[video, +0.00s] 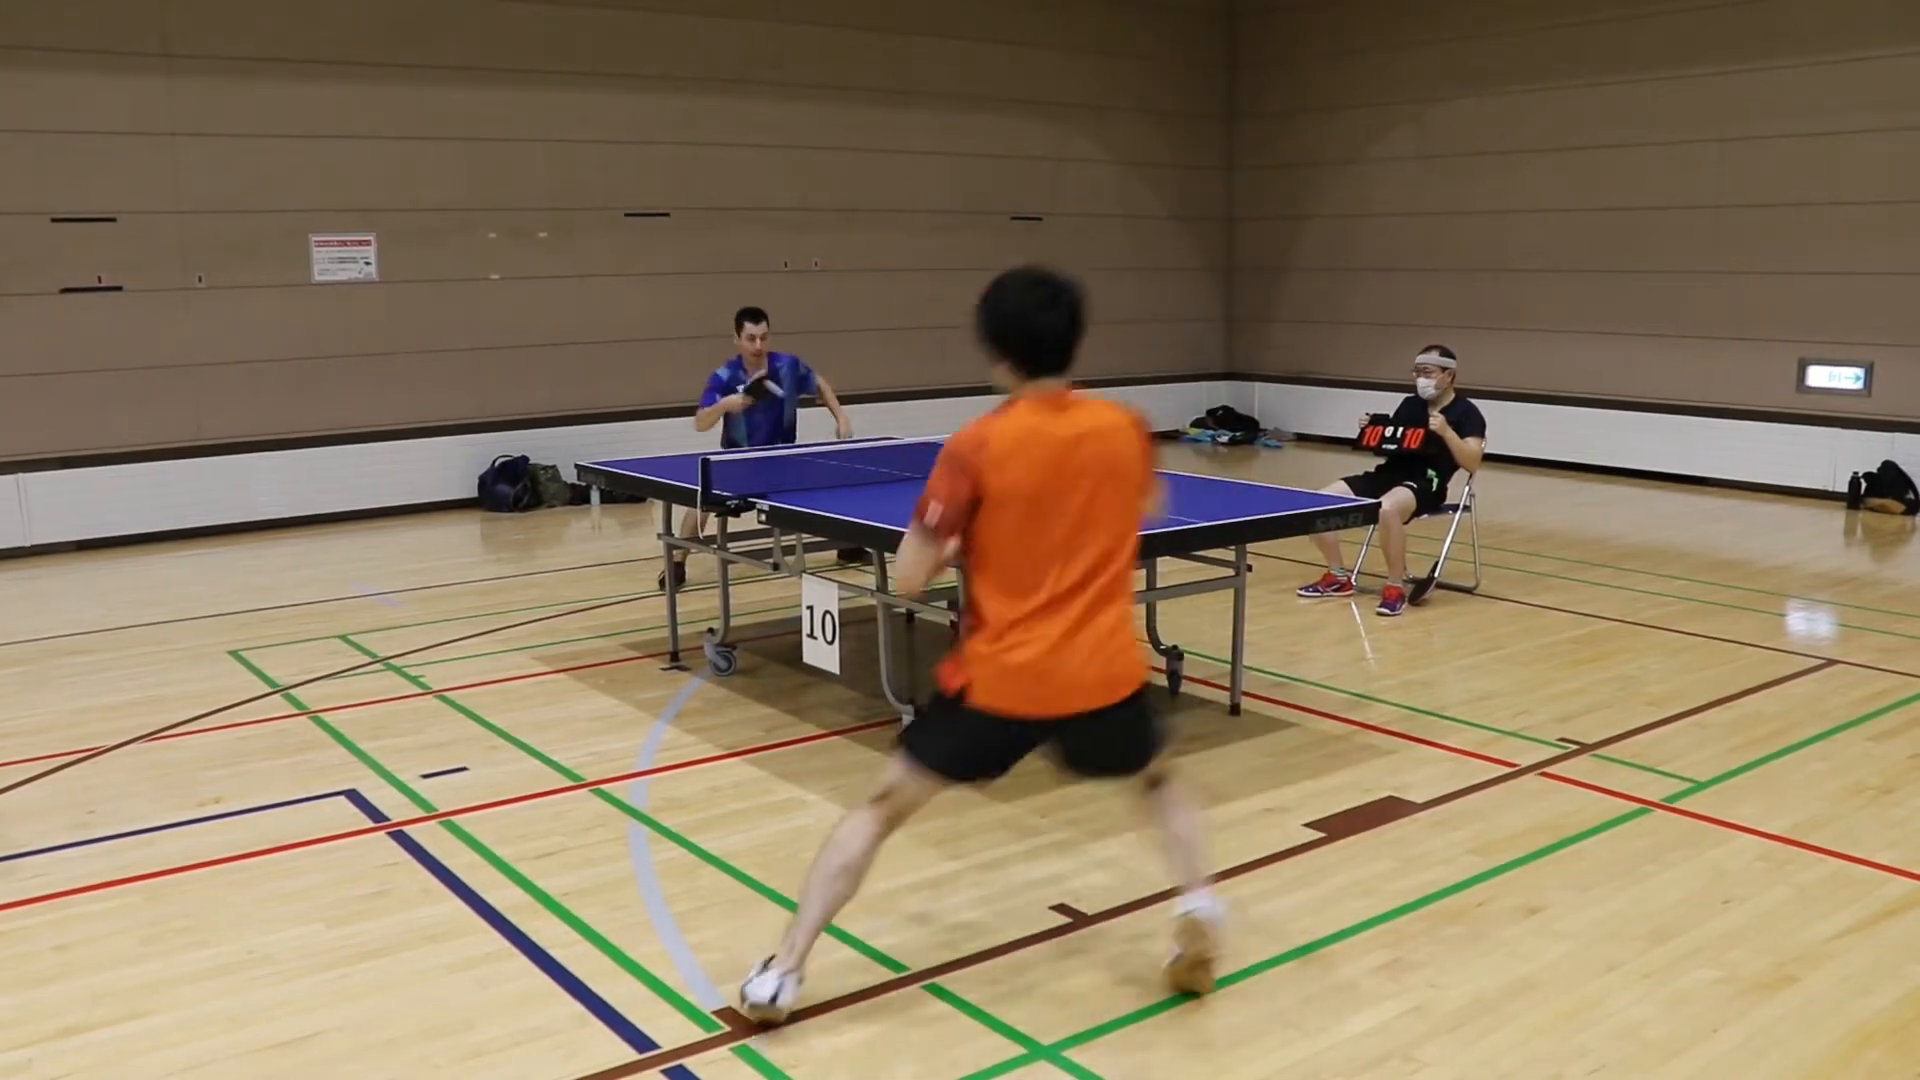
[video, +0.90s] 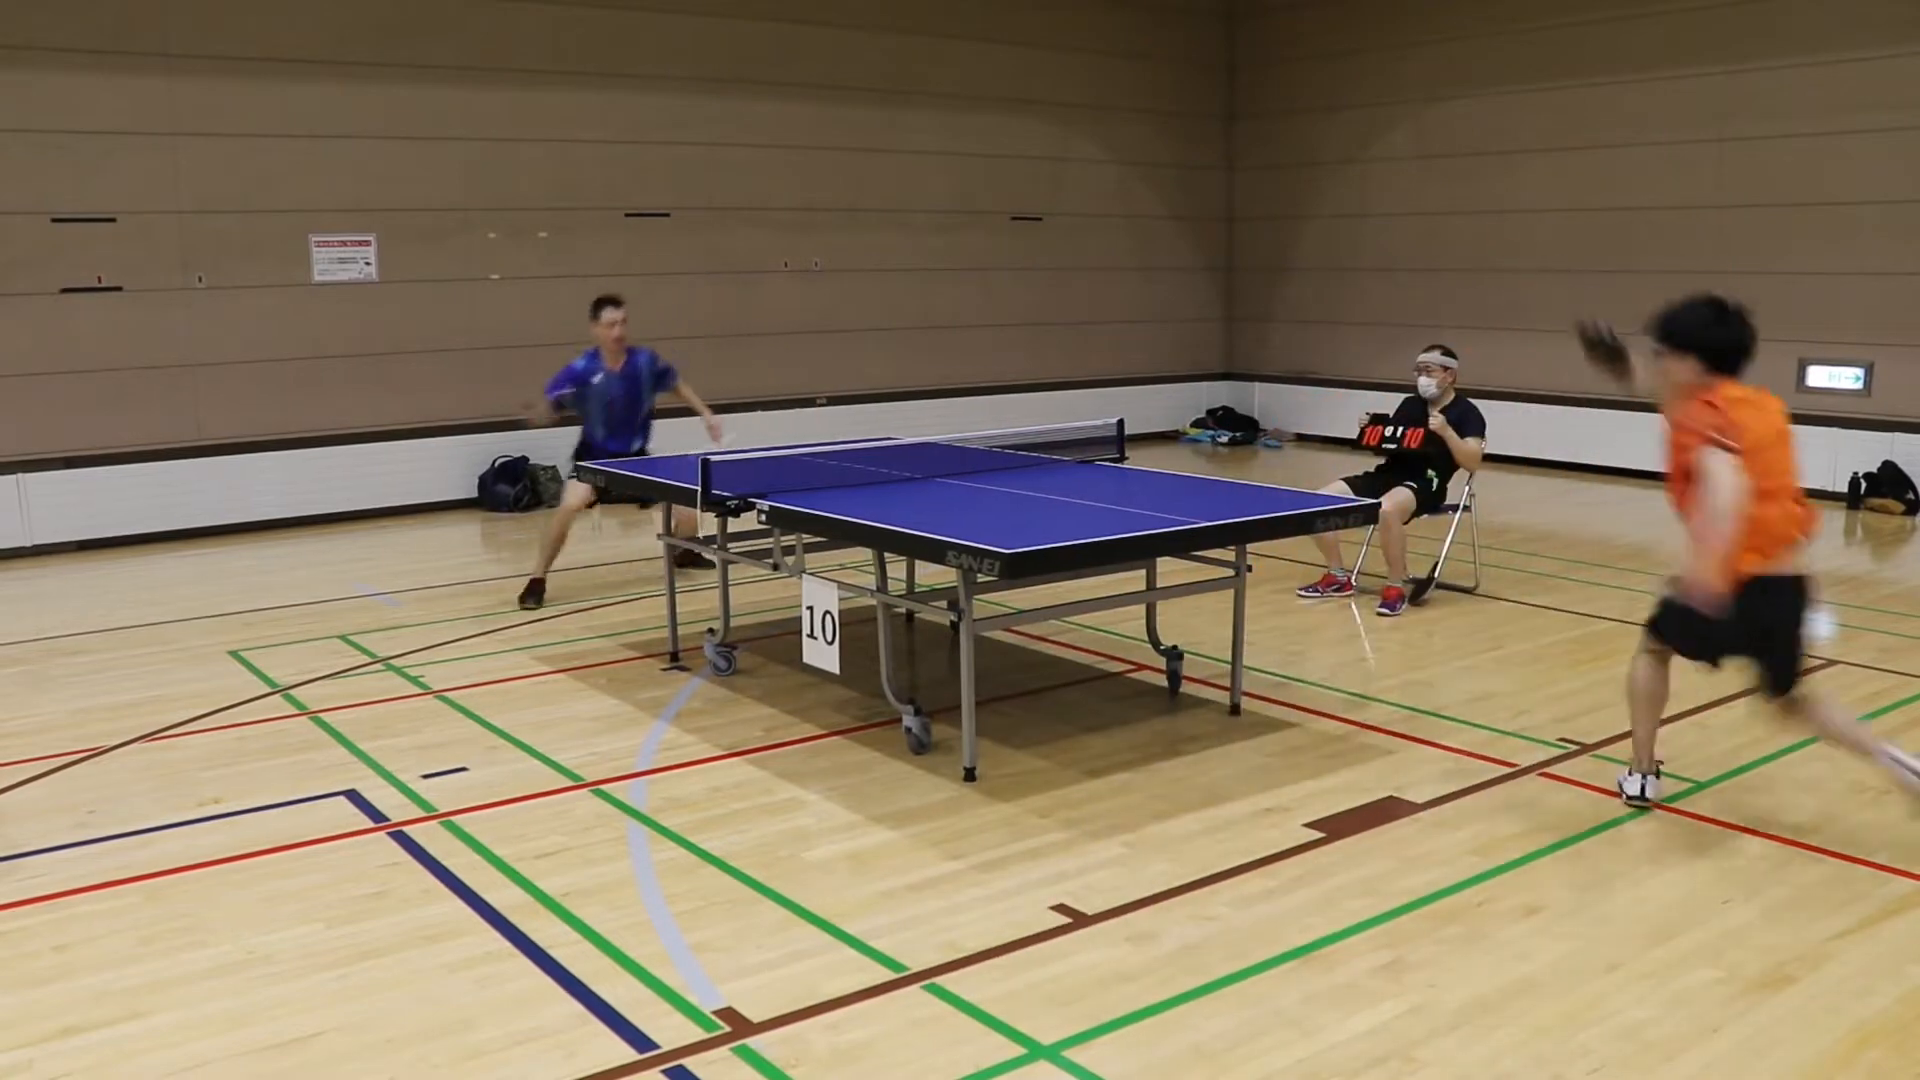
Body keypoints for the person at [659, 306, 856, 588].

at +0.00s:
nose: (758, 345)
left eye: (763, 338)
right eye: (751, 339)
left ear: (769, 336)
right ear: (737, 339)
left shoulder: (789, 367)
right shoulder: (724, 376)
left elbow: (820, 386)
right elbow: (701, 424)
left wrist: (841, 417)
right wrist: (725, 405)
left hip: (784, 462)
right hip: (738, 465)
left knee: (834, 481)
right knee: (703, 499)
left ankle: (848, 544)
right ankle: (676, 564)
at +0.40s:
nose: (730, 311)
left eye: (734, 304)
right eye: (722, 304)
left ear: (739, 306)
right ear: (706, 309)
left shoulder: (756, 339)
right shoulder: (695, 351)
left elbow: (779, 367)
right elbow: (668, 397)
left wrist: (798, 400)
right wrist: (705, 390)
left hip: (764, 435)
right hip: (719, 441)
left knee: (806, 482)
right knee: (682, 493)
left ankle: (845, 542)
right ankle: (667, 559)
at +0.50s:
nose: (704, 303)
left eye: (708, 296)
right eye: (696, 296)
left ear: (713, 300)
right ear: (679, 300)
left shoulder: (726, 333)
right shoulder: (666, 344)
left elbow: (748, 366)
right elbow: (640, 390)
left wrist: (769, 400)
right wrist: (680, 390)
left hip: (739, 430)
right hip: (697, 437)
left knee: (782, 481)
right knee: (674, 500)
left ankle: (839, 538)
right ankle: (664, 559)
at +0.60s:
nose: (684, 290)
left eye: (688, 283)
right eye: (675, 283)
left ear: (692, 287)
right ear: (659, 287)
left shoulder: (705, 322)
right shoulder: (641, 331)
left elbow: (722, 355)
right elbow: (612, 374)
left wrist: (747, 388)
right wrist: (642, 381)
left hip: (711, 424)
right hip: (671, 430)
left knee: (759, 469)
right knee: (657, 497)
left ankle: (782, 536)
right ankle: (660, 556)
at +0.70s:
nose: (665, 286)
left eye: (669, 279)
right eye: (657, 279)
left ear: (672, 282)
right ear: (640, 283)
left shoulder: (687, 319)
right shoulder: (623, 326)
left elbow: (708, 352)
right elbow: (587, 367)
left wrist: (732, 383)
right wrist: (619, 376)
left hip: (687, 421)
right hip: (646, 425)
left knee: (728, 473)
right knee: (635, 491)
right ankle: (617, 554)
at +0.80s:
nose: (646, 303)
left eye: (650, 295)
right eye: (638, 296)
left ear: (655, 297)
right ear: (621, 299)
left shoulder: (669, 335)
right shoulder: (606, 339)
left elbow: (695, 364)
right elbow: (566, 382)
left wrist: (721, 396)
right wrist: (600, 393)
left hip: (664, 437)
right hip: (623, 440)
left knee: (710, 494)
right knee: (599, 505)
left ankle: (687, 543)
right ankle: (555, 574)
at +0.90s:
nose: (618, 331)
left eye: (623, 323)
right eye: (610, 324)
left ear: (628, 325)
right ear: (595, 329)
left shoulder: (646, 361)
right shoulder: (584, 367)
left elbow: (677, 386)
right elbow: (551, 400)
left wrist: (707, 415)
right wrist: (547, 409)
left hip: (637, 462)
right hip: (593, 464)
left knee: (688, 505)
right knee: (569, 505)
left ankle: (684, 552)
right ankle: (537, 580)